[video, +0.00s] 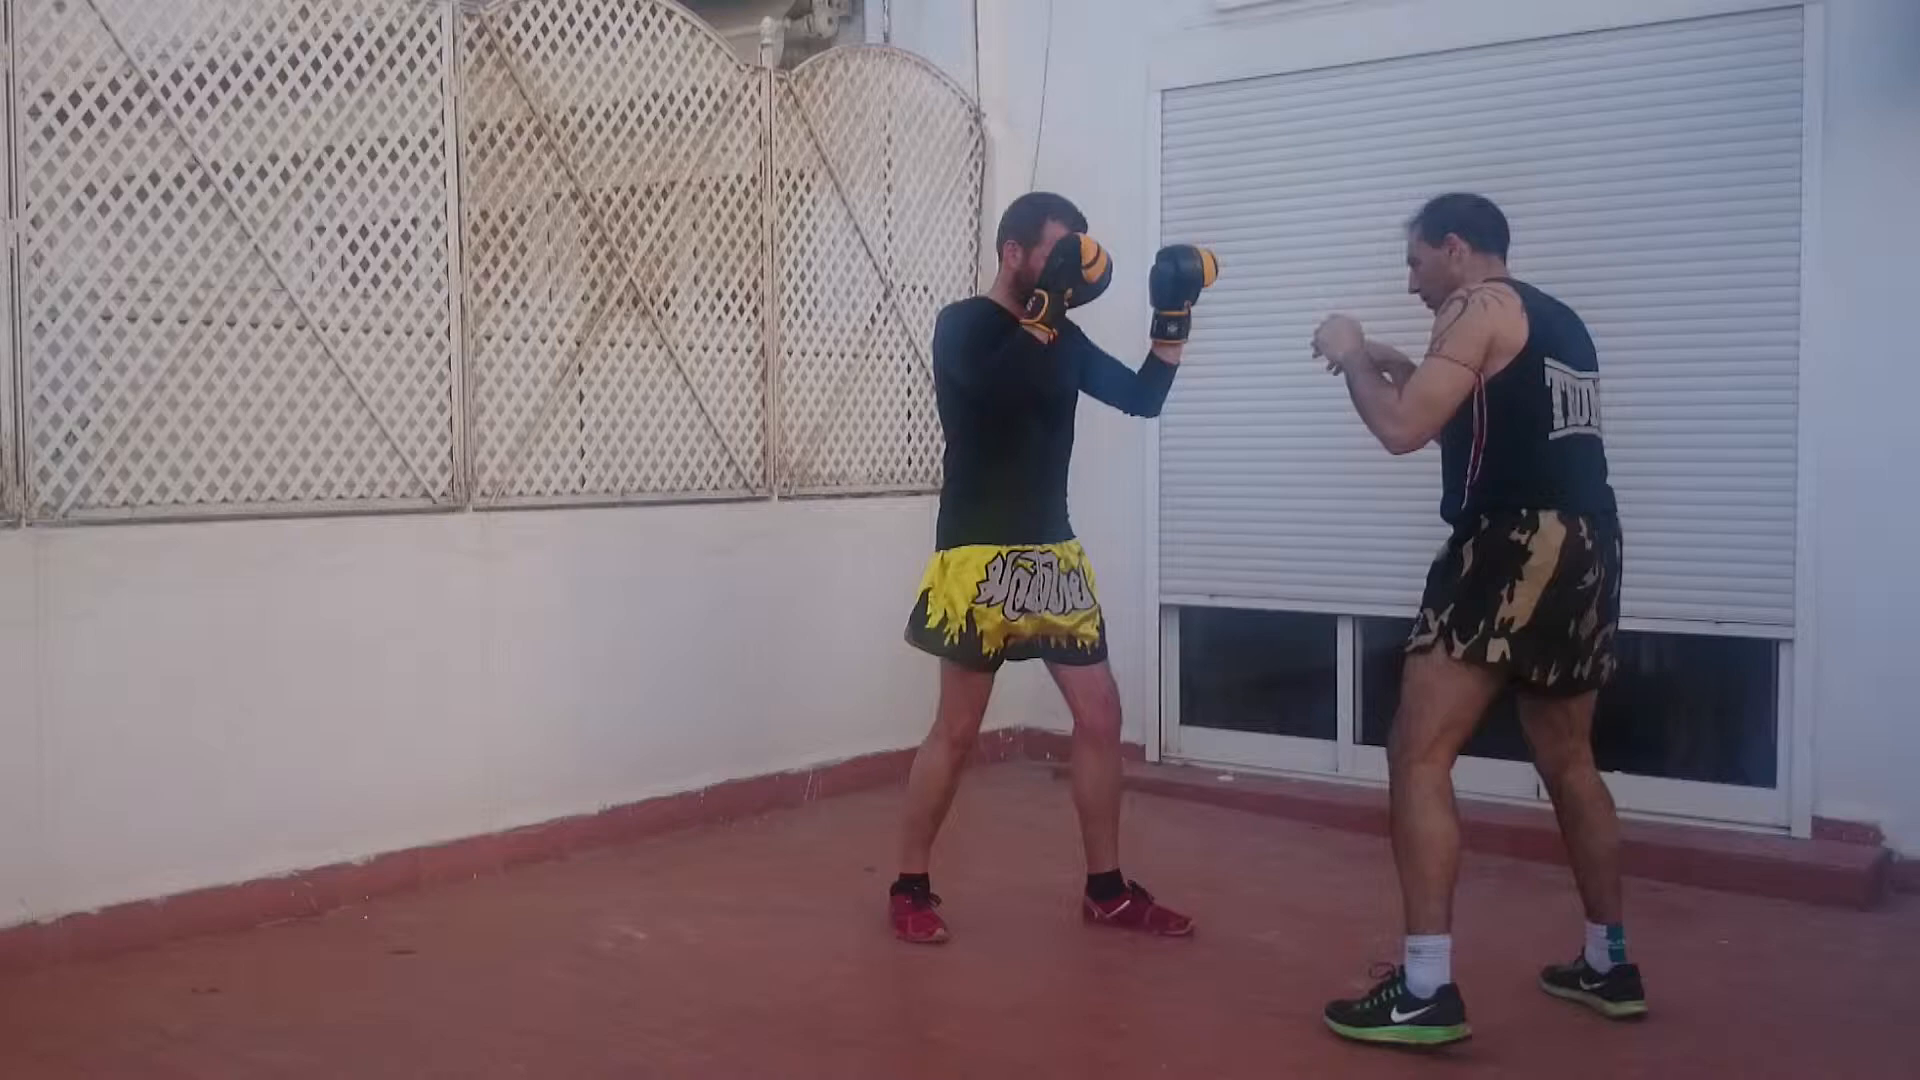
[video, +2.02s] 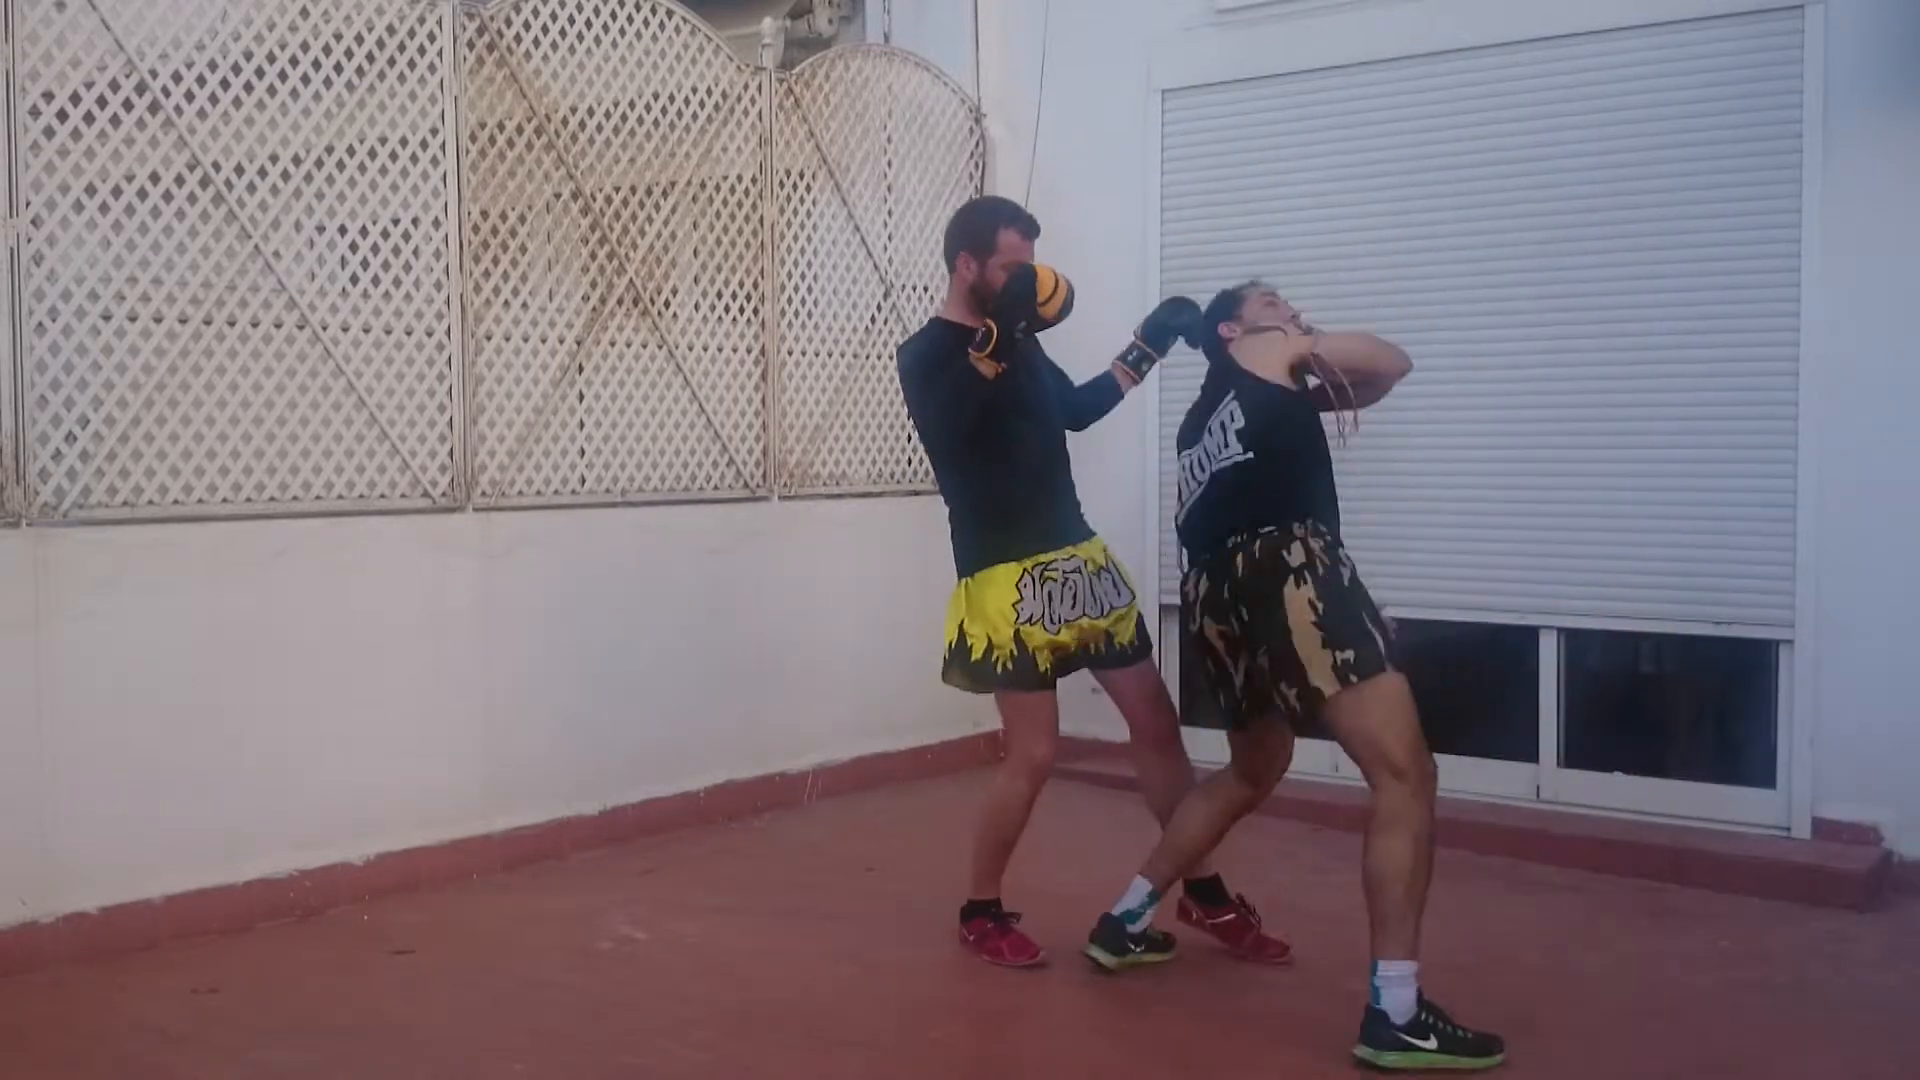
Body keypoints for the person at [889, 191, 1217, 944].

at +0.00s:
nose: (1063, 270)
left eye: (1069, 259)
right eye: (1054, 254)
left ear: (1063, 267)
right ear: (1010, 251)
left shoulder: (1062, 336)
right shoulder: (961, 324)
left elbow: (1144, 397)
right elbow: (1000, 387)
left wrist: (1172, 325)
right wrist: (1053, 308)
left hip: (1054, 547)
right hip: (977, 549)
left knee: (1099, 717)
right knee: (956, 731)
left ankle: (1106, 888)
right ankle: (910, 885)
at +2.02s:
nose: (1026, 282)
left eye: (1030, 269)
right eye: (1015, 269)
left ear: (1018, 268)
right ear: (966, 265)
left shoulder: (1014, 338)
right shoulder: (927, 352)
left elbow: (1075, 410)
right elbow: (949, 432)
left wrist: (1146, 347)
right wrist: (1003, 343)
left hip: (1079, 554)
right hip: (1004, 572)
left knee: (1154, 717)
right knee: (1031, 753)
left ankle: (1203, 890)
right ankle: (982, 911)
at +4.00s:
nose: (939, 273)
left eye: (946, 260)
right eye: (928, 260)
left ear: (950, 259)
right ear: (884, 252)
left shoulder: (940, 337)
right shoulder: (837, 327)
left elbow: (1002, 419)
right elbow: (848, 432)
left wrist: (1039, 357)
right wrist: (908, 368)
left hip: (944, 542)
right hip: (866, 545)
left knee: (988, 711)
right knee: (858, 720)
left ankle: (1030, 880)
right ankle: (830, 874)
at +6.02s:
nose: (1005, 249)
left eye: (1007, 236)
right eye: (990, 238)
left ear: (1000, 245)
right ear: (945, 248)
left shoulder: (989, 331)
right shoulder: (920, 321)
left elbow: (982, 445)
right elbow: (929, 425)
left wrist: (1050, 465)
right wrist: (1007, 374)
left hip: (980, 539)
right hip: (929, 541)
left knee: (1009, 710)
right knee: (965, 718)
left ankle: (972, 860)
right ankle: (941, 907)